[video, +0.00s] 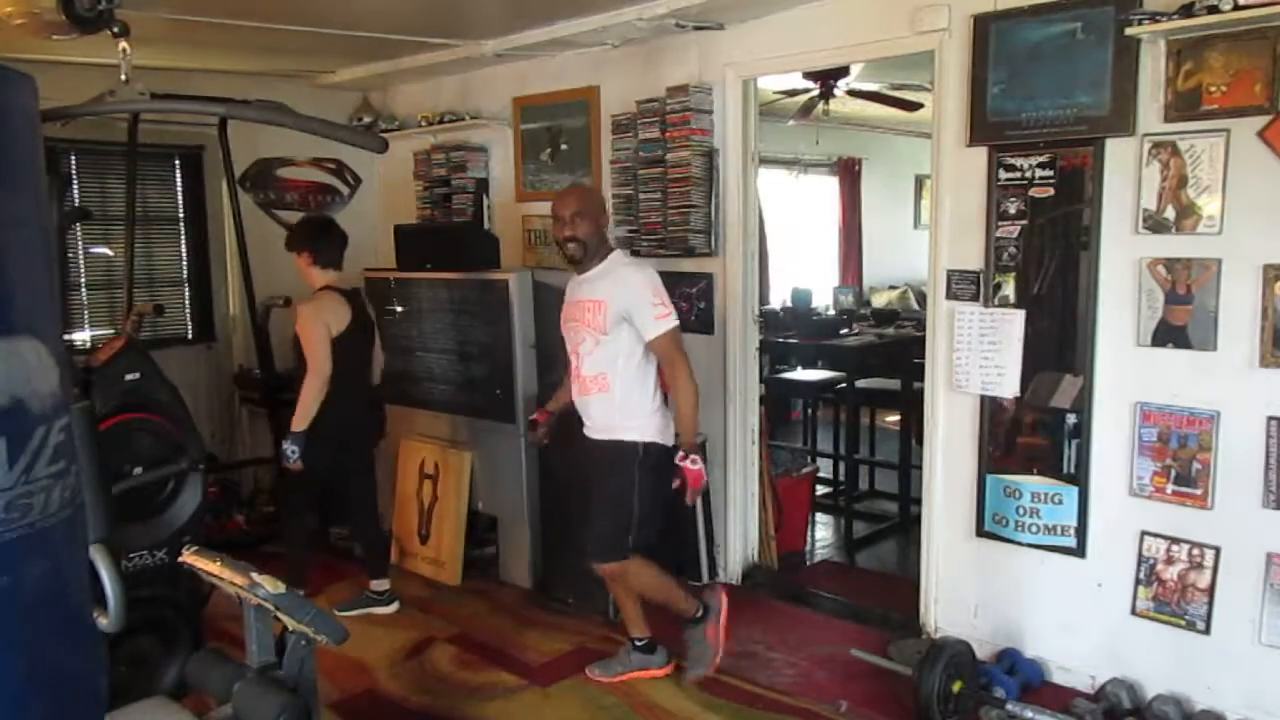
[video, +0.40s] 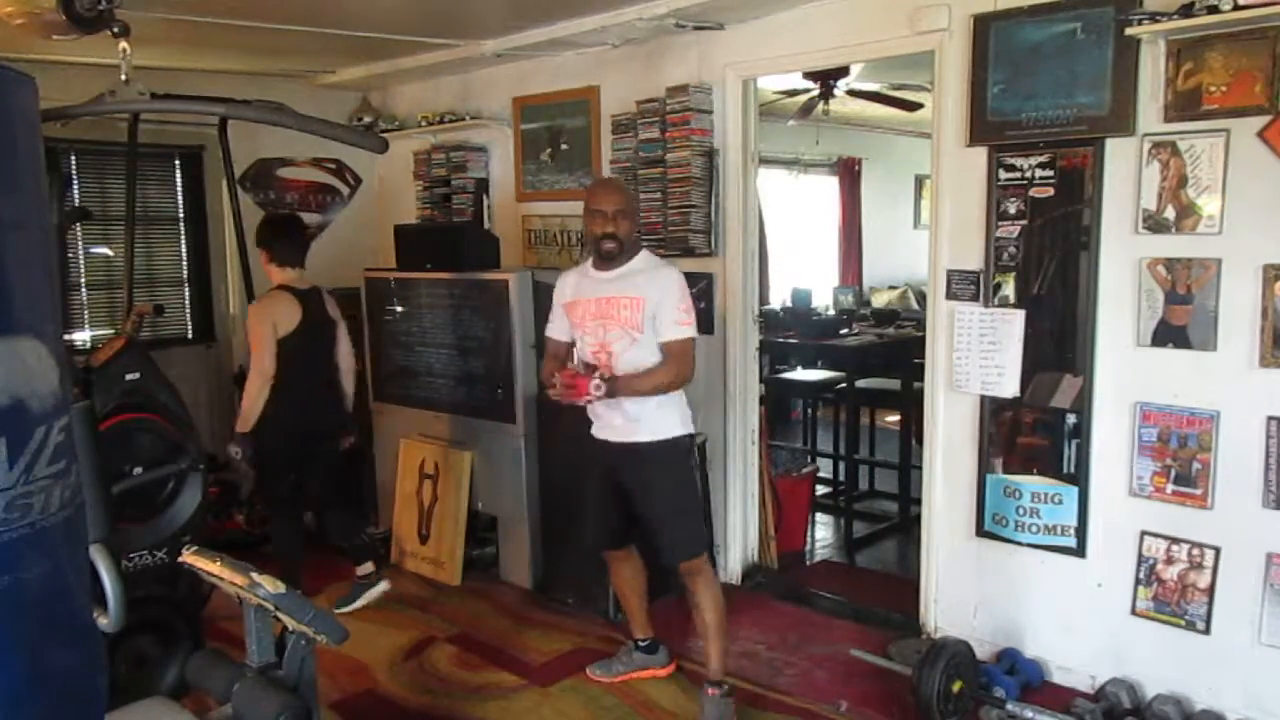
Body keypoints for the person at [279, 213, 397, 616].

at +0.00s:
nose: (297, 263)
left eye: (297, 256)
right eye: (297, 256)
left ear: (307, 258)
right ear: (337, 254)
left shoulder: (312, 310)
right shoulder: (359, 301)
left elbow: (319, 374)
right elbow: (376, 364)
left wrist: (295, 432)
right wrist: (358, 395)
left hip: (326, 422)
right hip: (361, 417)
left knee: (303, 503)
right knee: (363, 502)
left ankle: (295, 587)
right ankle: (380, 587)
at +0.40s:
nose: (260, 259)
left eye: (260, 253)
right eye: (262, 252)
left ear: (266, 257)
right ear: (303, 253)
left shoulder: (264, 308)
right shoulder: (327, 302)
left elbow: (262, 374)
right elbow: (346, 363)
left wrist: (241, 430)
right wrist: (346, 414)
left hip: (283, 426)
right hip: (327, 419)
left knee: (283, 506)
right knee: (330, 495)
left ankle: (289, 590)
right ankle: (366, 568)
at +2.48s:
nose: (235, 267)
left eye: (235, 261)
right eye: (235, 261)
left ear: (199, 261)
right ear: (228, 263)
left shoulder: (187, 300)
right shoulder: (221, 304)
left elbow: (182, 352)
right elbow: (229, 361)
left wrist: (202, 381)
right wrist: (253, 403)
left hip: (199, 400)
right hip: (223, 402)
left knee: (218, 474)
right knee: (244, 473)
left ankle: (214, 547)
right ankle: (248, 551)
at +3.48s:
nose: (238, 267)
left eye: (238, 259)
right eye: (236, 259)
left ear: (206, 260)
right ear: (221, 261)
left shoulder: (193, 299)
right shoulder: (214, 304)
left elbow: (202, 358)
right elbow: (220, 360)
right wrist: (245, 406)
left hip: (201, 401)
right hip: (218, 404)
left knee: (219, 476)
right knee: (237, 475)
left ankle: (218, 545)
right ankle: (245, 550)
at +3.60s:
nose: (239, 265)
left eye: (239, 257)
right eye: (235, 257)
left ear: (210, 261)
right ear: (218, 260)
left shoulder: (195, 299)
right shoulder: (214, 304)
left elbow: (205, 357)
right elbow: (218, 360)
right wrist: (244, 406)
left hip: (202, 401)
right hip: (218, 404)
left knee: (220, 476)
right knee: (238, 475)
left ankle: (218, 545)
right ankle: (246, 549)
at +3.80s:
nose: (237, 265)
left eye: (238, 258)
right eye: (230, 257)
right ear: (207, 259)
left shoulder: (203, 298)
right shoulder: (211, 303)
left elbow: (211, 357)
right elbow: (214, 359)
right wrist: (240, 407)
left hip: (206, 403)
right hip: (217, 406)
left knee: (222, 477)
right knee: (236, 477)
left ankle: (221, 546)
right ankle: (244, 549)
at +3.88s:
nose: (237, 265)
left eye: (238, 258)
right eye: (230, 257)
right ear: (206, 259)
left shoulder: (204, 298)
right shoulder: (212, 304)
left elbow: (211, 358)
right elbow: (213, 359)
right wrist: (238, 408)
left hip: (207, 403)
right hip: (218, 407)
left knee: (223, 478)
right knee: (236, 478)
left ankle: (222, 546)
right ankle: (244, 549)